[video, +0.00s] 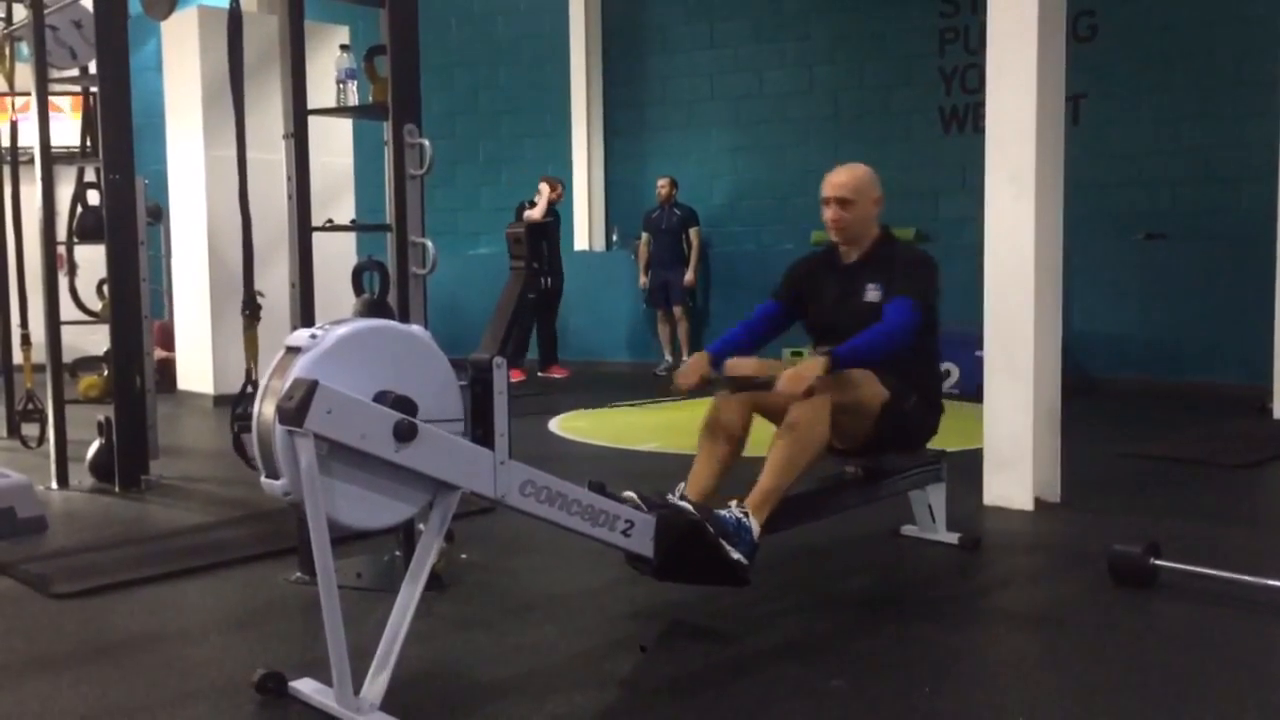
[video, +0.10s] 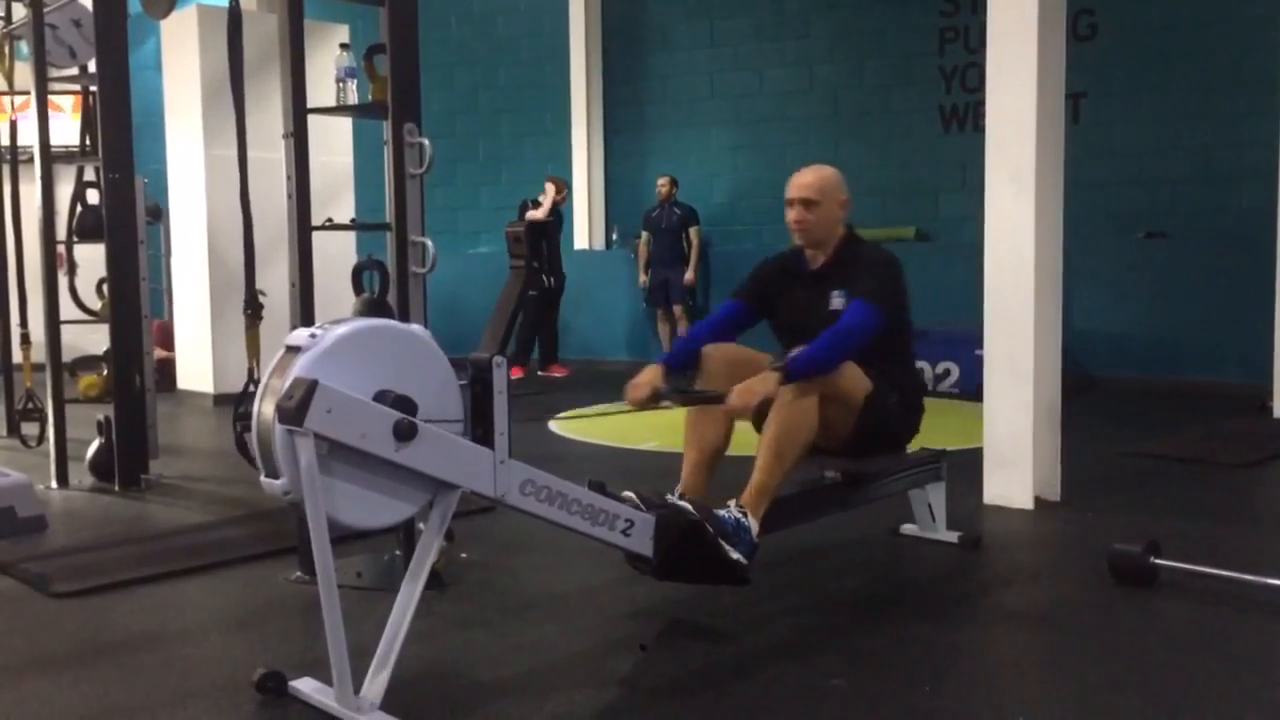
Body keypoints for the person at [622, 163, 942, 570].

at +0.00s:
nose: (832, 215)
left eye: (845, 204)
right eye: (826, 204)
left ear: (876, 205)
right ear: (820, 207)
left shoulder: (910, 264)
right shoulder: (812, 269)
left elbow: (897, 330)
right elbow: (764, 322)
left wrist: (825, 361)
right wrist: (709, 356)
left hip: (904, 408)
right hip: (833, 404)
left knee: (822, 387)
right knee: (739, 374)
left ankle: (748, 522)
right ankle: (687, 505)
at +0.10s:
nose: (796, 215)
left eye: (809, 205)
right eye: (791, 205)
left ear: (842, 209)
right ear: (784, 209)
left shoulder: (876, 267)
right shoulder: (779, 270)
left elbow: (846, 337)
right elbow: (720, 323)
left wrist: (778, 374)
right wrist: (662, 366)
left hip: (881, 415)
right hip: (805, 408)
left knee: (807, 372)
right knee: (715, 359)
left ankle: (746, 519)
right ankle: (687, 504)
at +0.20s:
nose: (761, 220)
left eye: (775, 210)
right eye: (757, 210)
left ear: (811, 214)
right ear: (751, 214)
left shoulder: (845, 272)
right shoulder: (749, 273)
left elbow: (807, 337)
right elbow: (684, 324)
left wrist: (735, 377)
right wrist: (617, 368)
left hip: (864, 425)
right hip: (790, 422)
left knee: (794, 364)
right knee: (699, 352)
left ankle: (746, 518)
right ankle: (686, 502)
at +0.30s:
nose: (741, 226)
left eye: (754, 216)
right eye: (737, 215)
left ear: (791, 222)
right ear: (732, 219)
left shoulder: (824, 272)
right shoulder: (733, 275)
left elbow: (780, 334)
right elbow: (665, 322)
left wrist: (699, 370)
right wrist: (588, 358)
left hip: (854, 427)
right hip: (780, 428)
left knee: (786, 362)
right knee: (690, 351)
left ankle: (744, 517)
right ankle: (686, 503)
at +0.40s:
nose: (747, 220)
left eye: (760, 211)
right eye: (744, 209)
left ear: (796, 218)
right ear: (739, 213)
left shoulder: (830, 270)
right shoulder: (738, 272)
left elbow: (784, 322)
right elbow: (669, 315)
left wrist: (706, 345)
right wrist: (590, 340)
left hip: (858, 425)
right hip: (785, 427)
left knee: (785, 355)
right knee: (692, 358)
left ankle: (744, 517)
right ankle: (686, 504)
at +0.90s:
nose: (940, 223)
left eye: (953, 215)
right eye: (935, 214)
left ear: (978, 223)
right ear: (929, 220)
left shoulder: (1001, 281)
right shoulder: (904, 277)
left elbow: (996, 334)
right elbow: (863, 328)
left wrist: (940, 326)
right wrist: (825, 333)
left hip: (931, 385)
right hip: (874, 370)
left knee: (842, 433)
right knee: (800, 420)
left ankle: (751, 519)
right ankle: (689, 503)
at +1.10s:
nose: (946, 239)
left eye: (958, 231)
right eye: (941, 231)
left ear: (986, 239)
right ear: (934, 238)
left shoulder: (1009, 298)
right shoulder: (914, 291)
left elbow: (1048, 363)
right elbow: (863, 364)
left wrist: (1010, 304)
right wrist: (869, 320)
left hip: (930, 389)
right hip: (873, 380)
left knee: (843, 440)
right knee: (799, 428)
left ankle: (752, 525)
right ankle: (695, 507)